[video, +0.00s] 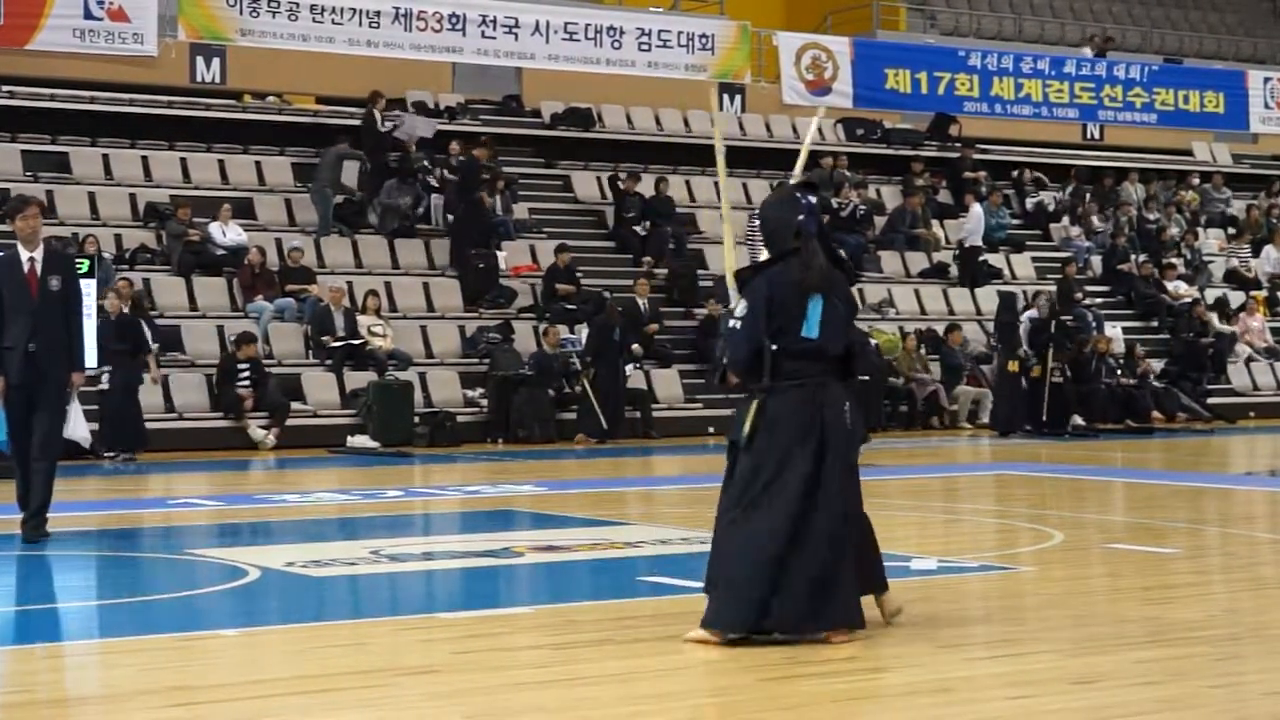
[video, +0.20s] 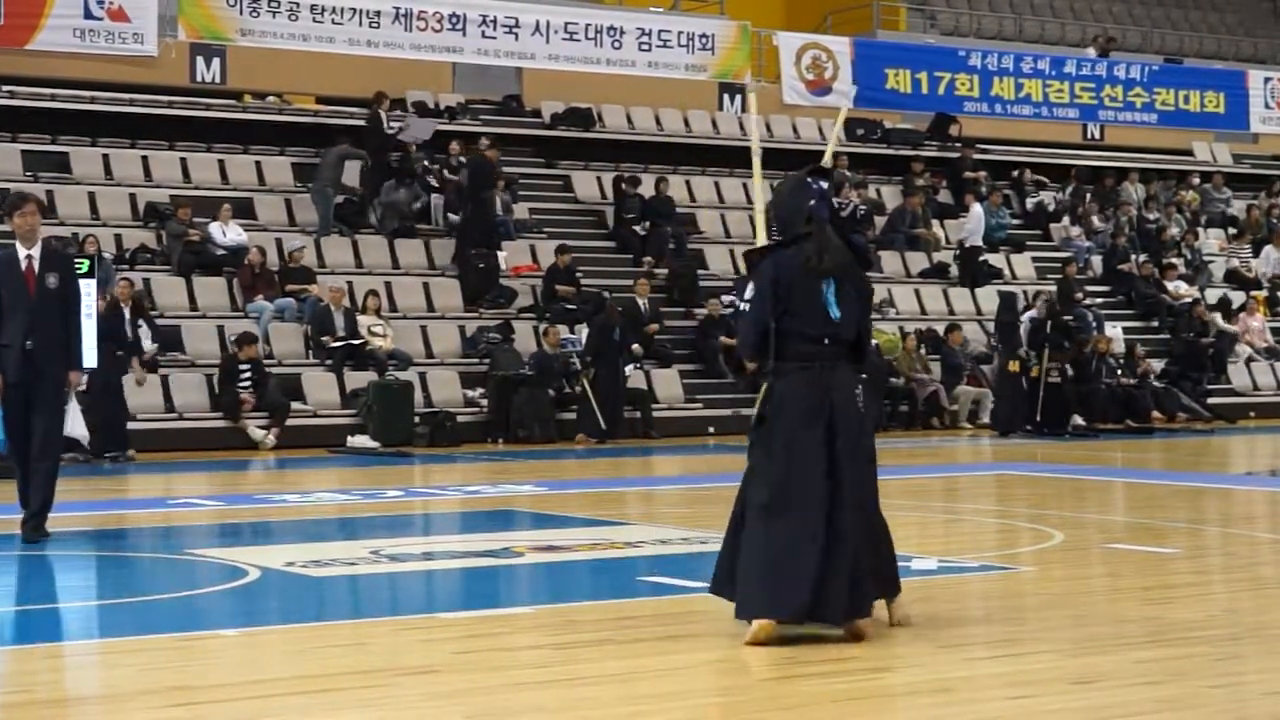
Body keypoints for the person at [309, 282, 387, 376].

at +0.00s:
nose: (333, 295)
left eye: (336, 292)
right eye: (331, 291)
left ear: (343, 294)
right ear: (328, 293)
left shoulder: (349, 312)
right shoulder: (320, 311)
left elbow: (354, 333)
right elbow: (315, 336)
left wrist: (362, 340)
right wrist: (326, 340)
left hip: (348, 343)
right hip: (329, 344)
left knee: (360, 352)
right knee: (340, 353)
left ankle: (359, 383)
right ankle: (338, 387)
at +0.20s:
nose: (333, 295)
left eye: (336, 292)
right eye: (331, 291)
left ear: (343, 294)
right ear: (328, 293)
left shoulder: (349, 312)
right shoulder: (320, 312)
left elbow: (354, 333)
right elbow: (315, 336)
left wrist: (362, 340)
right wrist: (326, 341)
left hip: (348, 343)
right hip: (330, 344)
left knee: (360, 352)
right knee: (340, 353)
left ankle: (360, 383)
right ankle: (338, 386)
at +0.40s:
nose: (340, 299)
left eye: (342, 296)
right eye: (337, 296)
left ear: (345, 296)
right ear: (331, 296)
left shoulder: (349, 312)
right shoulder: (320, 311)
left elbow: (354, 333)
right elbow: (315, 335)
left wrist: (362, 340)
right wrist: (324, 340)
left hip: (348, 342)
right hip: (330, 344)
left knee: (360, 351)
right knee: (342, 351)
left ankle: (360, 380)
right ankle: (336, 381)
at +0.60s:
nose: (343, 301)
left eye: (345, 298)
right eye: (340, 297)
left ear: (347, 297)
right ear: (332, 296)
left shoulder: (350, 312)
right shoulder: (321, 311)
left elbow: (354, 333)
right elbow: (315, 335)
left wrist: (362, 340)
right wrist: (325, 340)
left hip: (348, 343)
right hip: (329, 345)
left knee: (361, 352)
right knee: (343, 351)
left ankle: (360, 381)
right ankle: (336, 381)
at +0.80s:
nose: (345, 302)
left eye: (347, 299)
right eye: (342, 298)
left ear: (349, 298)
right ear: (333, 297)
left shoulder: (351, 312)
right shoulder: (321, 311)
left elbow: (355, 333)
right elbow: (316, 335)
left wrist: (362, 340)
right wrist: (327, 336)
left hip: (348, 343)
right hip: (328, 345)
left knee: (361, 350)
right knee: (343, 352)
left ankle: (362, 382)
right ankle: (336, 383)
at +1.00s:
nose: (345, 301)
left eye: (347, 298)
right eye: (342, 297)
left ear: (349, 297)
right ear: (333, 296)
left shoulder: (350, 312)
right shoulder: (321, 310)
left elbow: (355, 333)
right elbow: (318, 336)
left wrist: (362, 339)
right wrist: (331, 334)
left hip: (348, 343)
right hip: (327, 345)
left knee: (360, 350)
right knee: (344, 350)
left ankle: (361, 380)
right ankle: (335, 380)